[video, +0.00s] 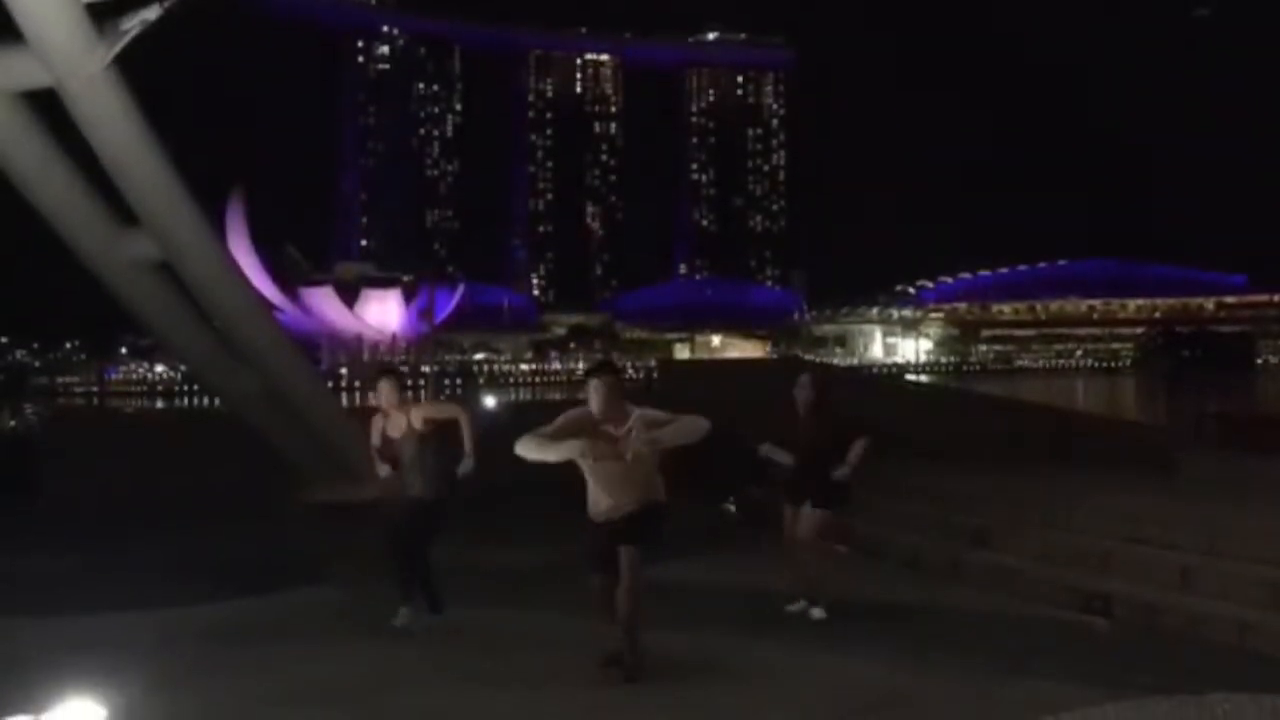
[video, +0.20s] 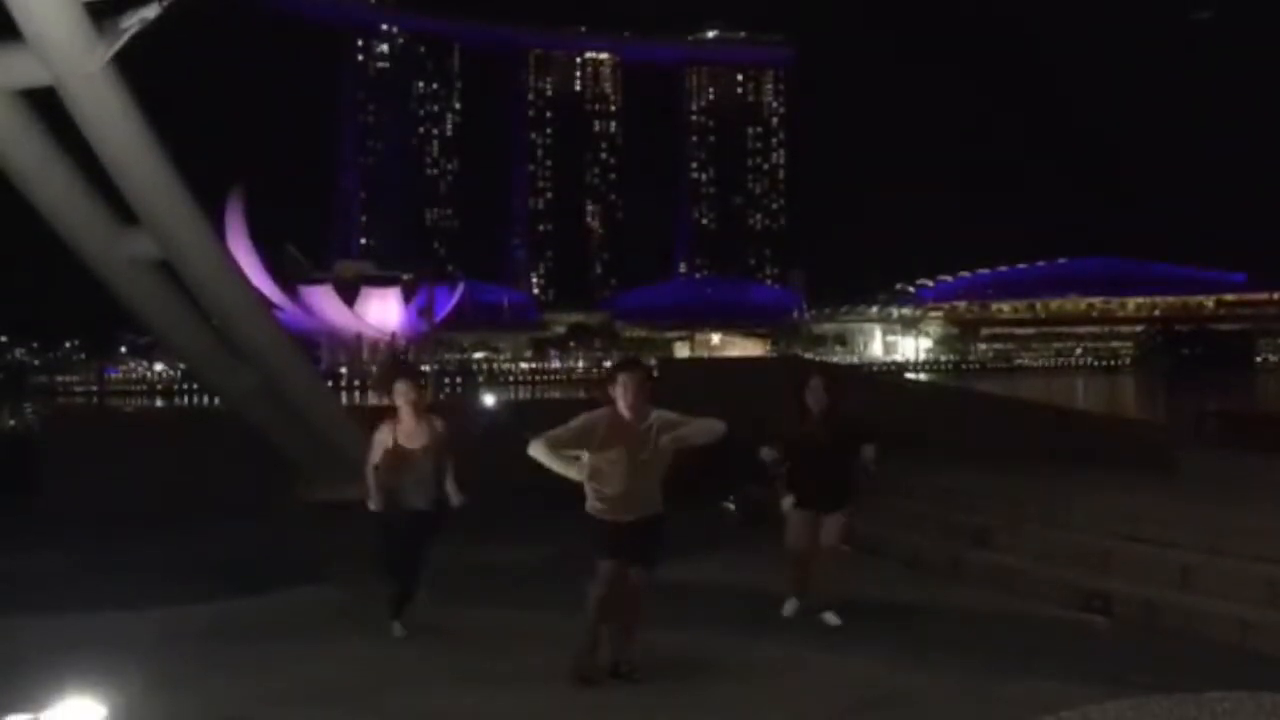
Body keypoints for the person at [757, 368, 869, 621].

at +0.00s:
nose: (799, 394)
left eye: (805, 389)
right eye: (798, 388)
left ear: (817, 392)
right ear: (794, 391)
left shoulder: (827, 419)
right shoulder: (795, 422)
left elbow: (861, 437)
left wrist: (848, 466)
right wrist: (772, 452)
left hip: (824, 484)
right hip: (799, 483)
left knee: (807, 539)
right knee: (792, 540)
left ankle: (820, 599)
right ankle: (803, 596)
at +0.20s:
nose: (815, 397)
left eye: (820, 391)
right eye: (810, 391)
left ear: (829, 395)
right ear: (804, 394)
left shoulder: (842, 425)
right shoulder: (796, 424)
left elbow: (857, 460)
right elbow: (786, 462)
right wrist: (786, 492)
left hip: (836, 493)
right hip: (802, 493)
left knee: (830, 551)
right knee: (796, 549)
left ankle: (828, 604)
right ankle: (795, 597)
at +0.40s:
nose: (814, 392)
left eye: (819, 387)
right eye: (810, 387)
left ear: (828, 390)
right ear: (804, 390)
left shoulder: (839, 419)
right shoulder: (800, 419)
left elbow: (855, 459)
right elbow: (777, 453)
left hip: (834, 487)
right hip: (801, 489)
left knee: (837, 548)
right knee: (806, 548)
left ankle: (826, 606)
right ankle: (797, 613)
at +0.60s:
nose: (811, 404)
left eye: (816, 398)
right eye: (807, 399)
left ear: (826, 401)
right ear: (798, 402)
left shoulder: (833, 428)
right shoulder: (793, 431)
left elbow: (851, 449)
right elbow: (784, 422)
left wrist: (868, 466)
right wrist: (793, 391)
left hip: (832, 495)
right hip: (802, 500)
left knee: (860, 533)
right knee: (816, 559)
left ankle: (822, 582)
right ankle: (799, 624)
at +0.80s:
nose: (814, 398)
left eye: (819, 393)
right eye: (811, 392)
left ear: (829, 394)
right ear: (806, 394)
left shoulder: (841, 420)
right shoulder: (797, 421)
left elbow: (866, 457)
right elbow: (769, 437)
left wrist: (860, 436)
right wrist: (799, 405)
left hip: (833, 493)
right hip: (800, 495)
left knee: (855, 541)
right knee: (816, 553)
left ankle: (837, 596)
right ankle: (798, 624)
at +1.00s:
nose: (820, 394)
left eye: (825, 388)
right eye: (816, 388)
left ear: (834, 391)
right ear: (810, 391)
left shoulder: (847, 422)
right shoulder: (800, 422)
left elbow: (862, 461)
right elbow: (789, 464)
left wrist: (859, 492)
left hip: (839, 495)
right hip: (806, 495)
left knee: (841, 552)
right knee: (800, 552)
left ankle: (843, 610)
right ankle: (788, 615)